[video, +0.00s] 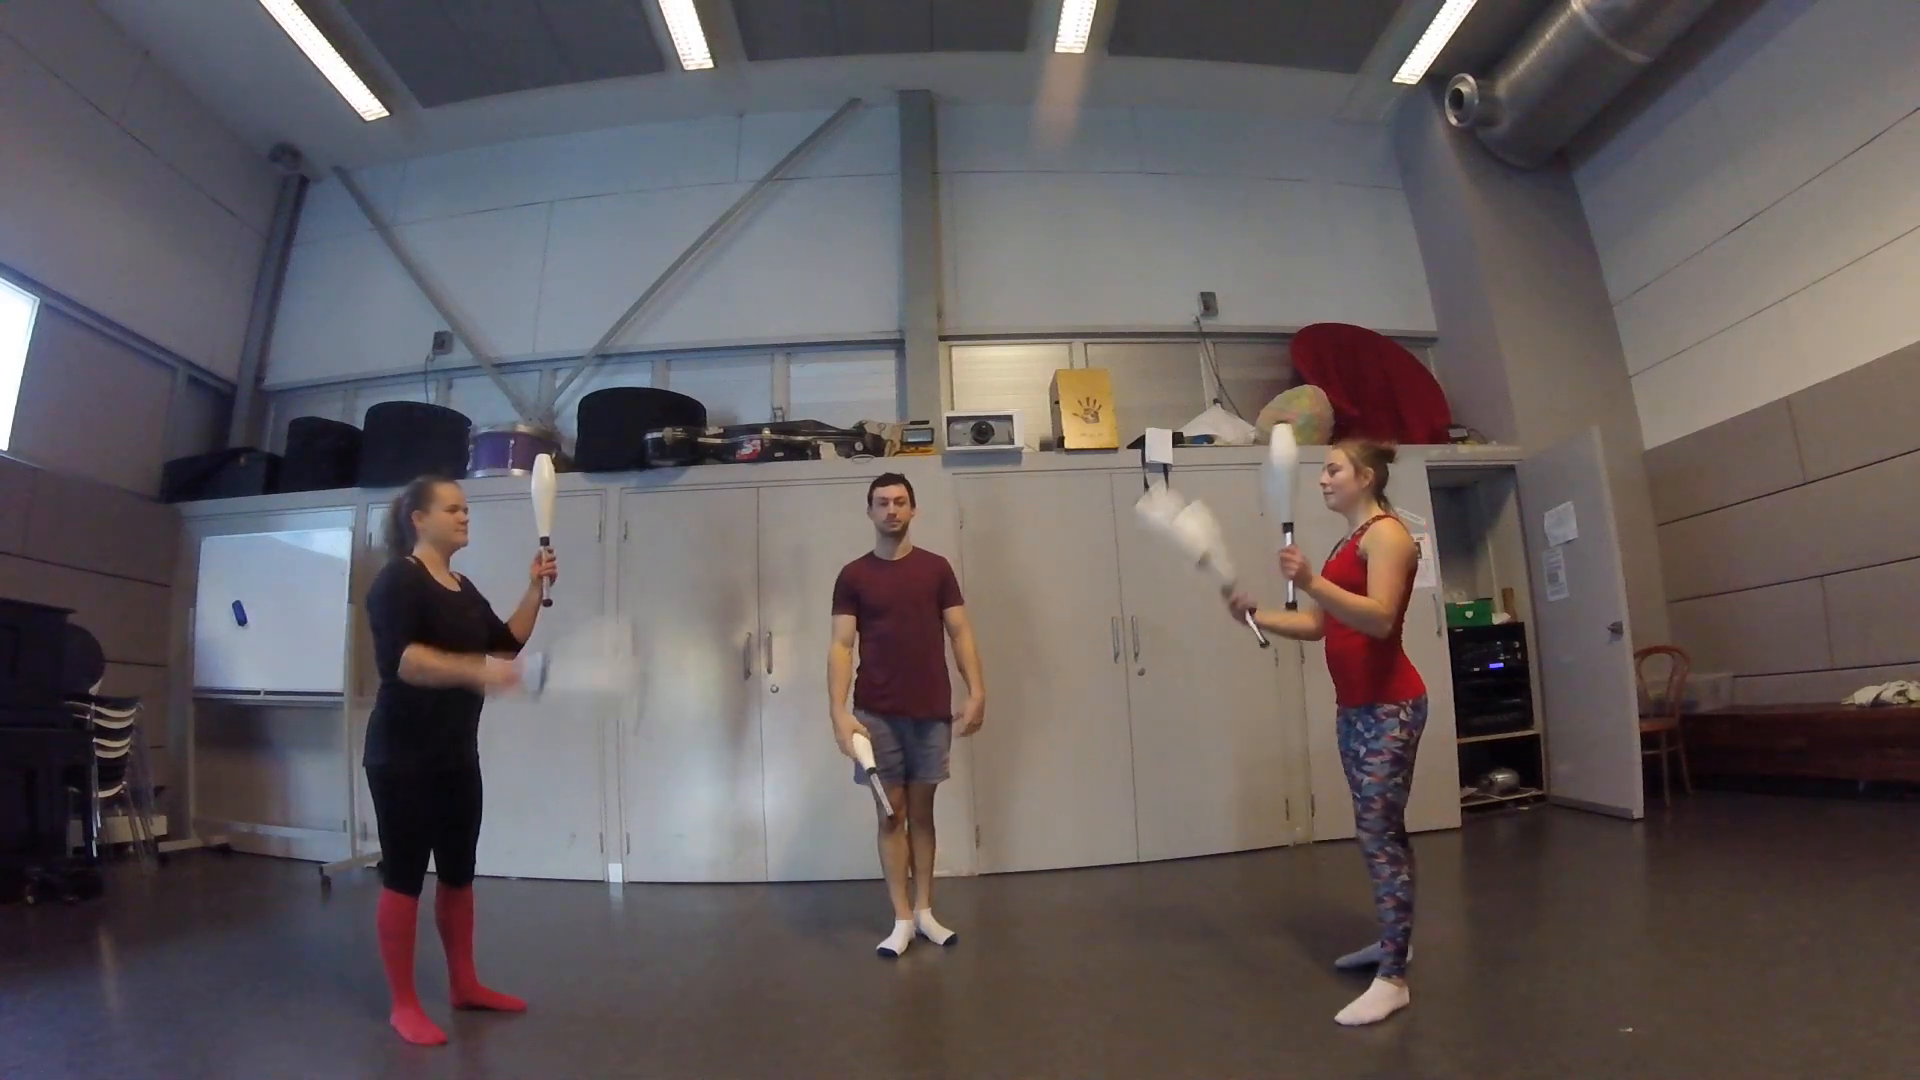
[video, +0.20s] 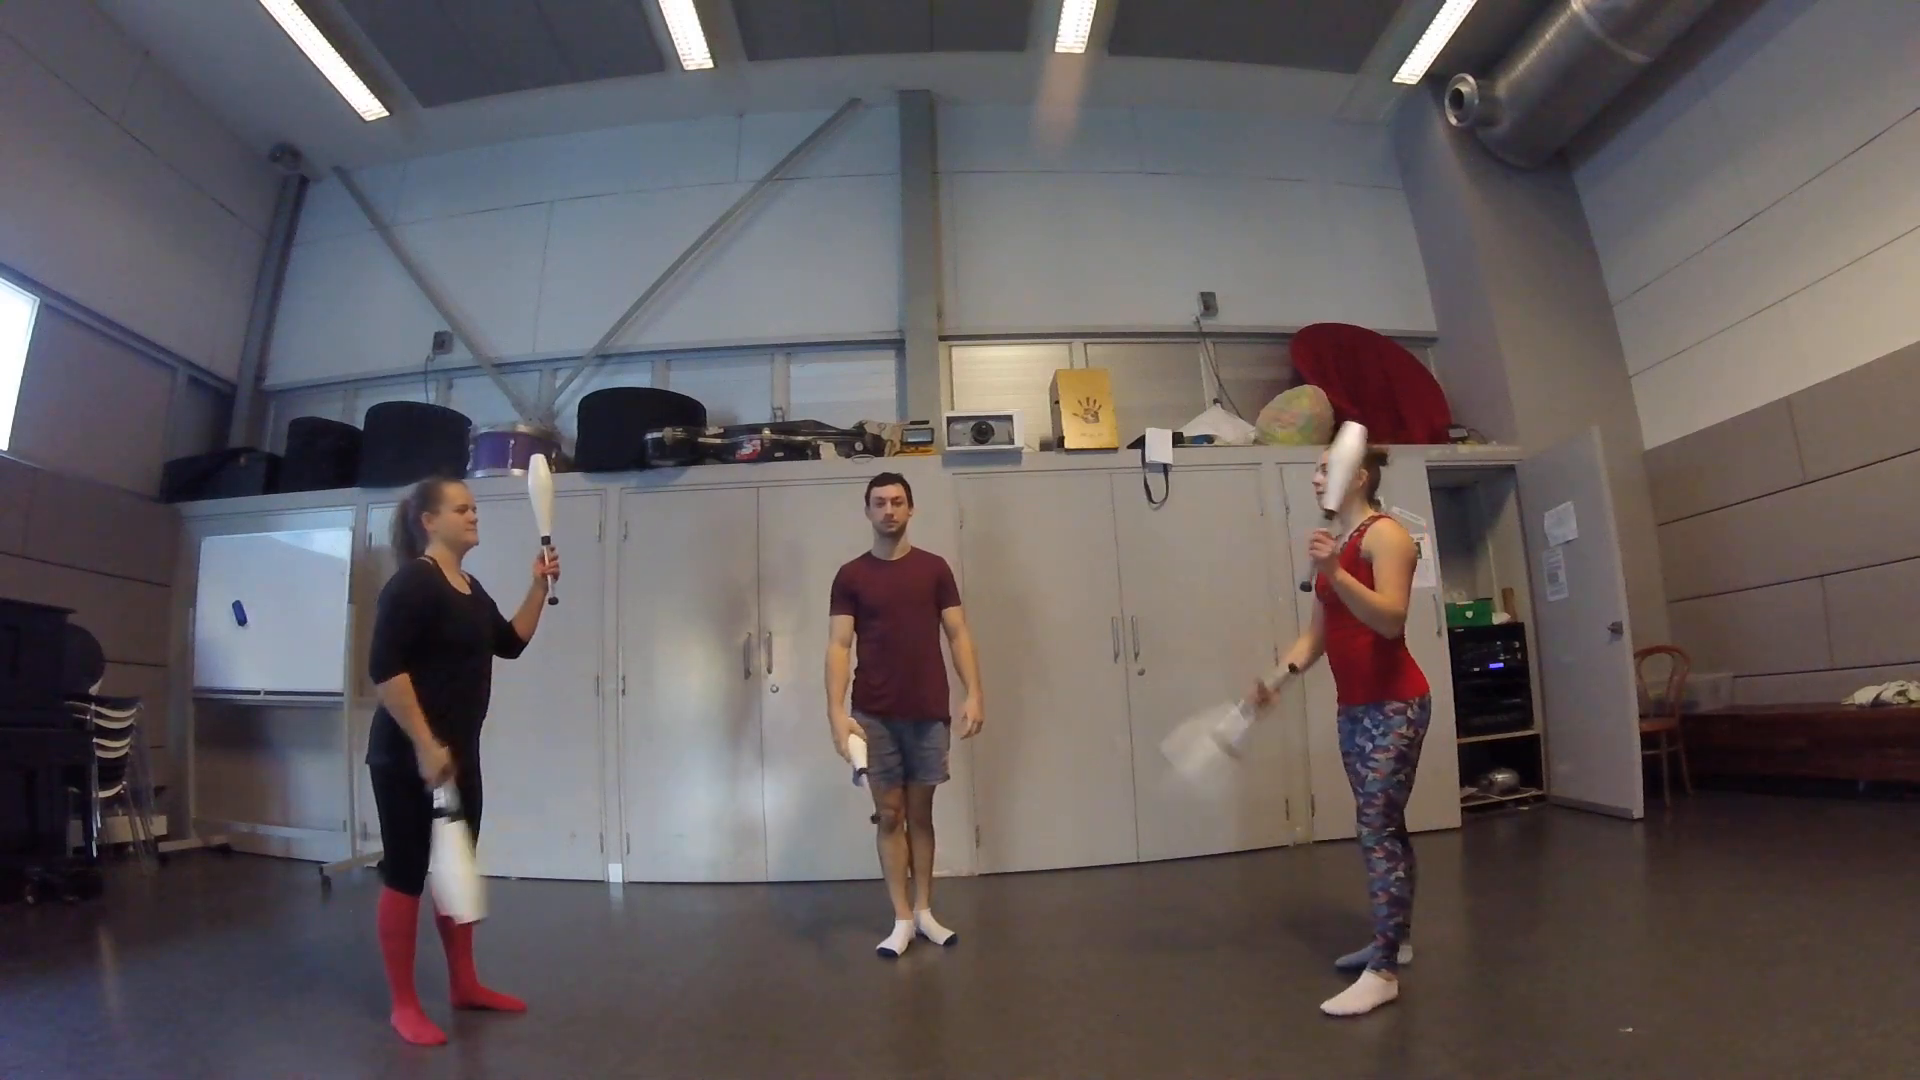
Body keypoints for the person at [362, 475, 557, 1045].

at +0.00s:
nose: (465, 519)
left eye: (465, 510)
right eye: (454, 510)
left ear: (458, 522)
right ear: (417, 519)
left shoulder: (462, 586)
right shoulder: (395, 582)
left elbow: (505, 645)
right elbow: (400, 660)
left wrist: (536, 590)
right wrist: (481, 671)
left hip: (457, 748)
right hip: (402, 751)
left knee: (457, 871)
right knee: (403, 875)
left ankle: (465, 986)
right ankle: (404, 1005)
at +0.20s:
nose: (474, 517)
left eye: (474, 508)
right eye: (462, 509)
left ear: (466, 523)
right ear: (428, 521)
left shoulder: (470, 587)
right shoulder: (409, 585)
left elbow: (510, 644)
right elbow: (386, 671)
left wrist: (540, 587)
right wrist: (426, 744)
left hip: (458, 744)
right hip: (406, 747)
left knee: (460, 867)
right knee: (405, 872)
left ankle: (465, 986)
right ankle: (404, 1005)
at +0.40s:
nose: (477, 518)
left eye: (477, 510)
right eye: (465, 510)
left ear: (470, 523)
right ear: (430, 521)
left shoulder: (469, 584)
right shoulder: (417, 581)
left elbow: (501, 651)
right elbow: (400, 667)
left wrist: (546, 602)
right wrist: (460, 726)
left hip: (461, 747)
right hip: (412, 748)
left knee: (459, 869)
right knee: (408, 873)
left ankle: (465, 987)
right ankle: (404, 1006)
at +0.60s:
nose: (473, 519)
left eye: (474, 510)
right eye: (461, 510)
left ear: (468, 520)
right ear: (427, 520)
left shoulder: (469, 586)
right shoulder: (413, 581)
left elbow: (480, 662)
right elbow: (455, 641)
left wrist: (539, 655)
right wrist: (536, 648)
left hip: (464, 750)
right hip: (413, 752)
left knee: (460, 870)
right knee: (408, 873)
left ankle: (466, 987)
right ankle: (404, 1005)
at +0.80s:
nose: (472, 519)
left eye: (472, 511)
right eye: (461, 510)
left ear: (464, 522)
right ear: (425, 520)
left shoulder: (474, 590)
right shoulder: (408, 582)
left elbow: (499, 663)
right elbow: (438, 644)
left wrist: (534, 709)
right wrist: (506, 637)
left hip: (470, 748)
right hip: (415, 749)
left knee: (464, 870)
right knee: (412, 873)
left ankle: (466, 987)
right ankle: (404, 1006)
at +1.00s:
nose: (472, 518)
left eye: (472, 510)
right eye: (460, 510)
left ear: (467, 523)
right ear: (426, 522)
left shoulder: (478, 591)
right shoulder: (406, 584)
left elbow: (504, 665)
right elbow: (397, 660)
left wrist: (541, 678)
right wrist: (463, 698)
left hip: (473, 749)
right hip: (418, 751)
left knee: (466, 872)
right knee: (416, 874)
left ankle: (467, 987)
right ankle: (405, 1005)